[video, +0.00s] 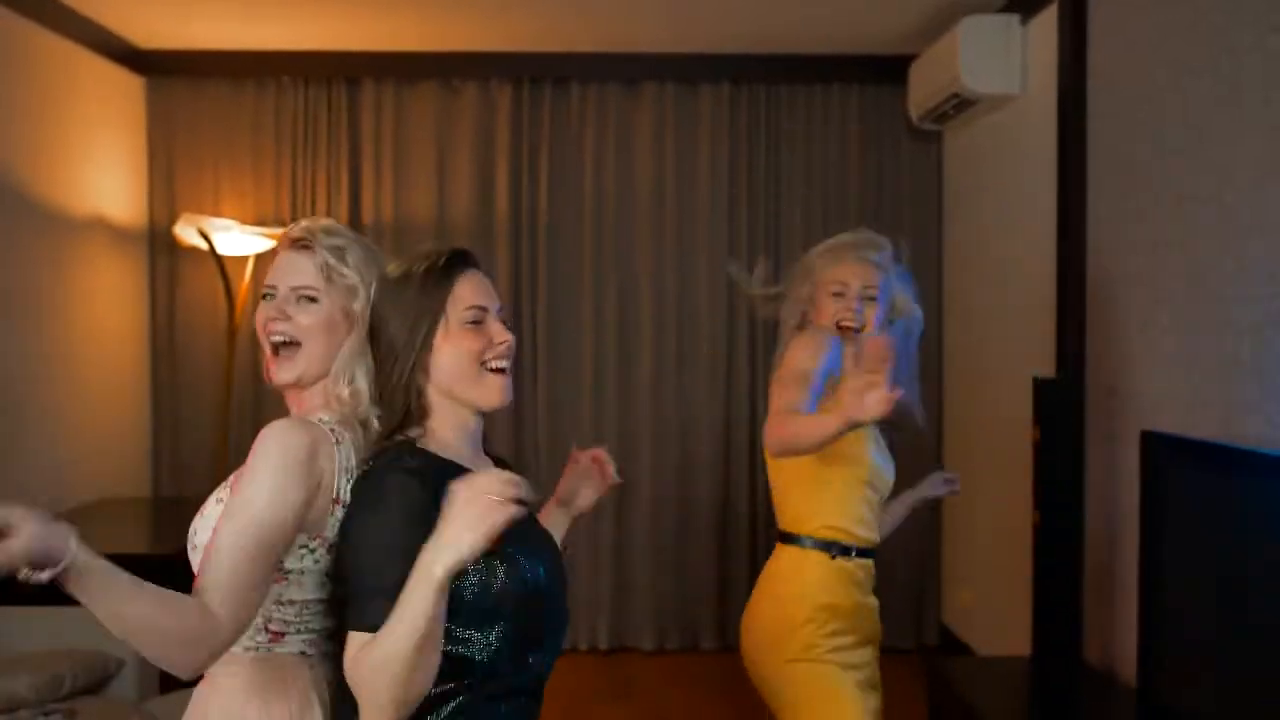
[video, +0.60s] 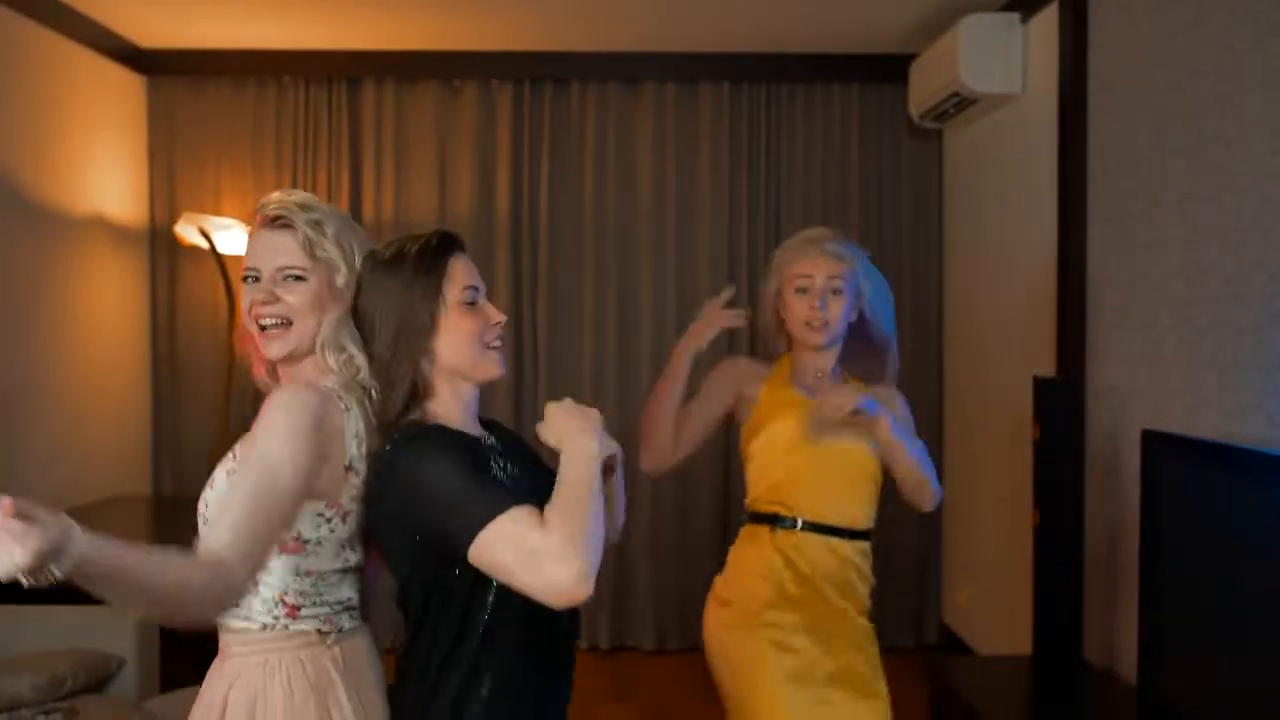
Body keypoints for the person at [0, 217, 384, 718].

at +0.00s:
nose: (274, 315)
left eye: (305, 298)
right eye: (269, 297)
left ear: (360, 318)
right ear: (255, 310)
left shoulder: (293, 443)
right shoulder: (369, 443)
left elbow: (196, 643)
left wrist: (69, 558)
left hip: (251, 693)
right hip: (316, 692)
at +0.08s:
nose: (274, 321)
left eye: (303, 305)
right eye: (265, 304)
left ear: (354, 326)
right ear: (252, 318)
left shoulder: (292, 442)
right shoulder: (366, 442)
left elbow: (182, 641)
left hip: (248, 697)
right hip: (316, 693)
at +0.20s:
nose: (272, 297)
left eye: (302, 280)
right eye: (262, 281)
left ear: (353, 298)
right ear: (248, 294)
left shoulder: (293, 390)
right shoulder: (362, 393)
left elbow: (179, 556)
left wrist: (99, 386)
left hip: (259, 671)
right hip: (325, 659)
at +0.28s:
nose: (271, 283)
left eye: (299, 264)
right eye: (259, 265)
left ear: (353, 276)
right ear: (247, 276)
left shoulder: (298, 357)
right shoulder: (360, 367)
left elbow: (184, 497)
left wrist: (55, 356)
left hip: (269, 659)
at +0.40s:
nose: (268, 282)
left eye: (296, 263)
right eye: (256, 263)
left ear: (350, 275)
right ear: (244, 272)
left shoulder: (299, 353)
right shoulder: (344, 363)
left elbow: (184, 443)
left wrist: (47, 398)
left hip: (273, 656)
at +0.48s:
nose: (265, 284)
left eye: (294, 264)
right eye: (254, 265)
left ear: (347, 278)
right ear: (241, 276)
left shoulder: (299, 368)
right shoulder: (342, 371)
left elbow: (180, 470)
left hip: (278, 663)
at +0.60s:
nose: (264, 297)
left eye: (293, 277)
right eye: (253, 277)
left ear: (345, 292)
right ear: (241, 287)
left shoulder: (301, 407)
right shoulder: (346, 402)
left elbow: (214, 586)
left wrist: (71, 549)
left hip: (280, 676)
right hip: (337, 659)